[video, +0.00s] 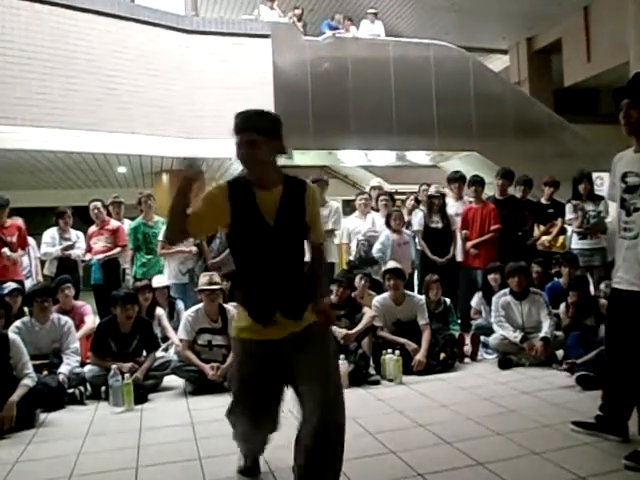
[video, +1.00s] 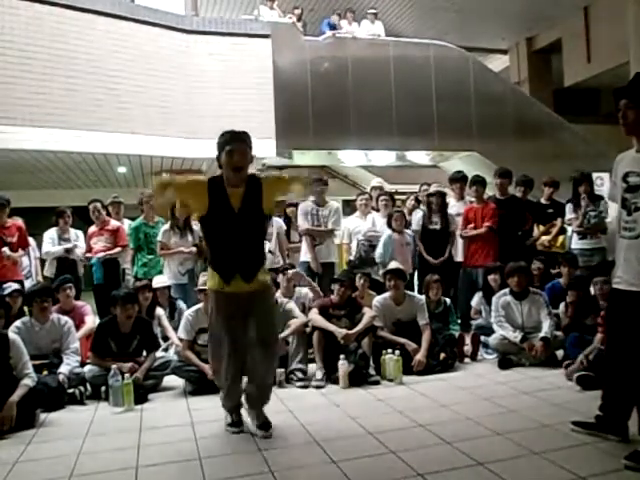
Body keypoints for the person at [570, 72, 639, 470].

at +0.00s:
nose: (624, 118)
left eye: (629, 111)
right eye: (623, 111)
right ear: (624, 118)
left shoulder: (629, 162)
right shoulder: (621, 161)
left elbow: (616, 221)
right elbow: (615, 221)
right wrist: (610, 266)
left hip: (635, 280)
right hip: (623, 278)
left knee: (633, 357)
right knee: (619, 352)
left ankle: (639, 441)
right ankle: (612, 418)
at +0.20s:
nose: (625, 119)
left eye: (629, 111)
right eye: (624, 111)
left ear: (639, 115)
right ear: (625, 118)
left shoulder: (628, 162)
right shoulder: (621, 160)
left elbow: (616, 221)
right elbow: (615, 220)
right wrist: (611, 266)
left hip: (635, 280)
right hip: (624, 277)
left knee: (632, 356)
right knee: (618, 351)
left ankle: (639, 440)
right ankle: (612, 418)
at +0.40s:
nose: (627, 119)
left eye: (630, 111)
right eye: (625, 111)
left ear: (639, 115)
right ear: (626, 117)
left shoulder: (628, 161)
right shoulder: (622, 160)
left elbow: (615, 218)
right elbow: (614, 218)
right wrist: (611, 264)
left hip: (634, 280)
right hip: (624, 277)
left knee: (631, 355)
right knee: (618, 351)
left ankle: (638, 440)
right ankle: (612, 419)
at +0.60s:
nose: (627, 119)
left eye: (630, 111)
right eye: (625, 112)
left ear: (639, 115)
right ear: (626, 118)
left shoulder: (628, 162)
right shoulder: (622, 161)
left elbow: (616, 221)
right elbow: (614, 220)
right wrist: (610, 267)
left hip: (634, 280)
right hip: (625, 278)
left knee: (631, 356)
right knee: (619, 352)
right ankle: (612, 419)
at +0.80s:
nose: (625, 119)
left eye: (629, 111)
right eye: (623, 112)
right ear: (625, 117)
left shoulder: (629, 163)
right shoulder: (622, 161)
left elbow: (616, 220)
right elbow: (615, 218)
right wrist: (611, 264)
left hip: (635, 280)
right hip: (624, 277)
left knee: (634, 357)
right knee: (618, 352)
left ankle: (639, 441)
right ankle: (612, 418)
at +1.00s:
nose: (623, 119)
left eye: (628, 111)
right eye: (622, 112)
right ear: (624, 118)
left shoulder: (630, 163)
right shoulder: (622, 161)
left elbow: (616, 219)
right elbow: (615, 218)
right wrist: (610, 263)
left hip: (636, 280)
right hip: (624, 277)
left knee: (634, 357)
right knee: (619, 352)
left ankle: (639, 441)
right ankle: (612, 419)